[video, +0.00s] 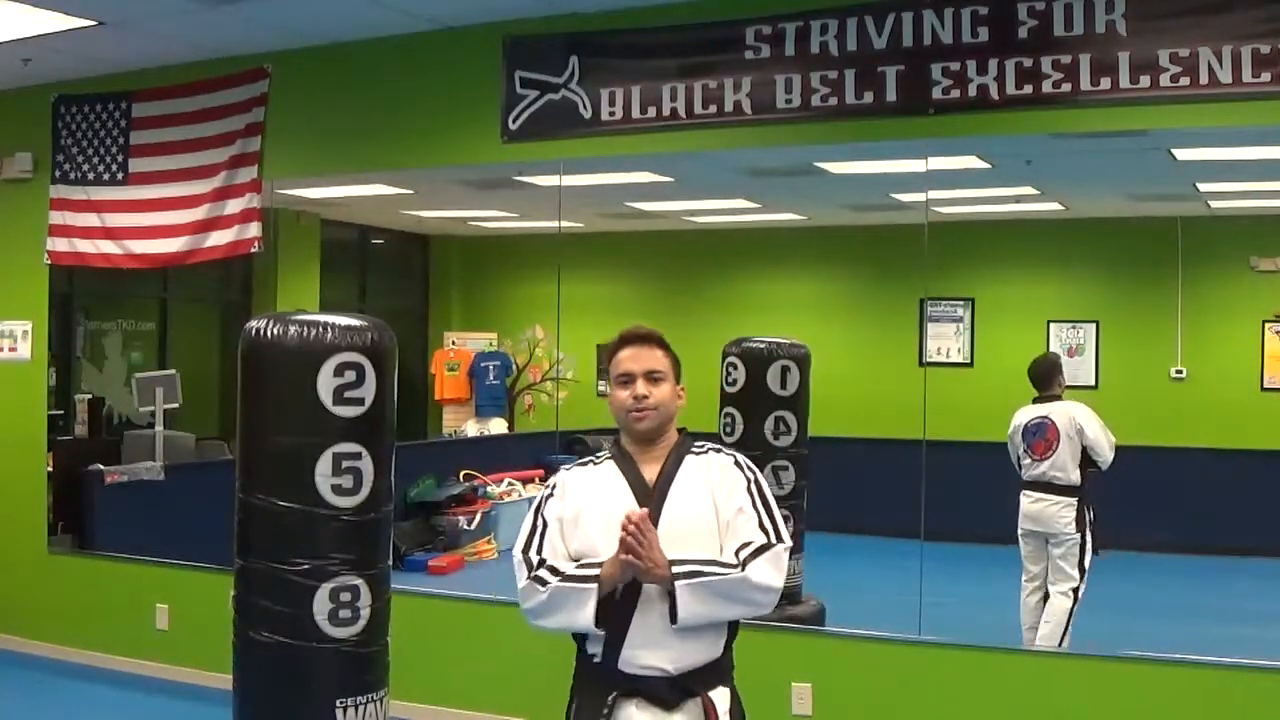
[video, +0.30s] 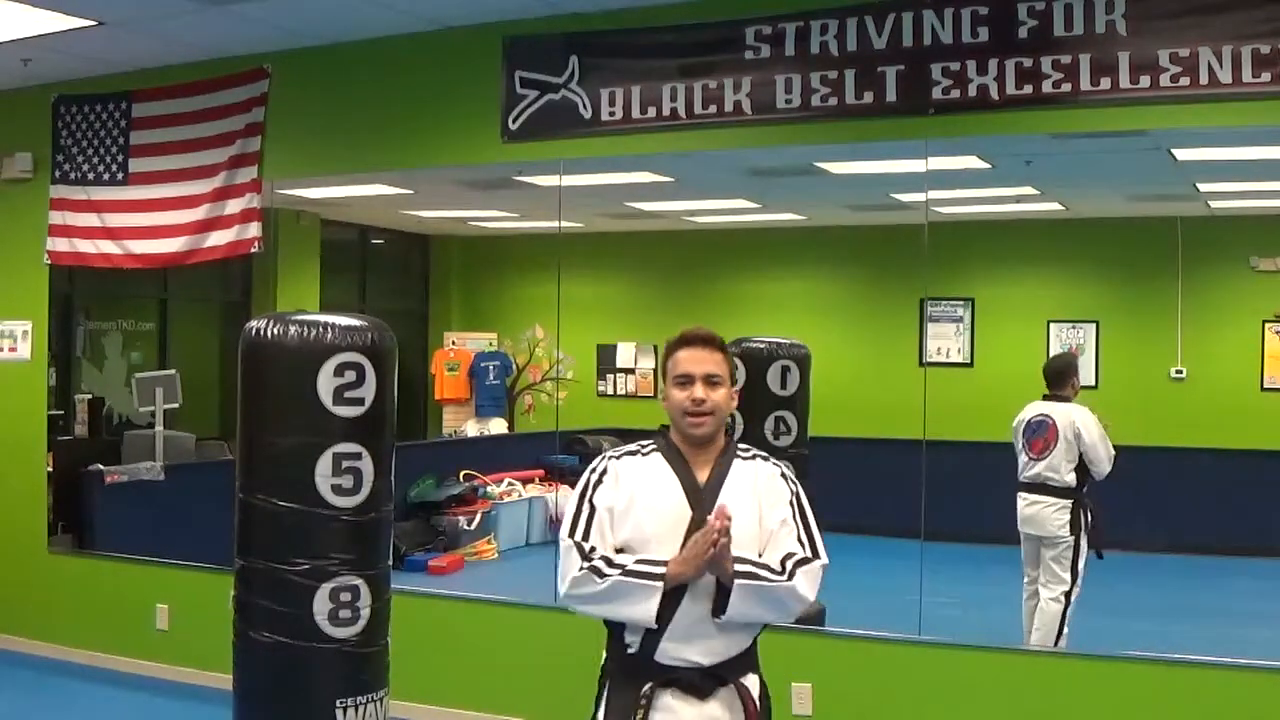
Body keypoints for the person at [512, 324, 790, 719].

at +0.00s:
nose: (640, 392)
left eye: (655, 379)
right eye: (625, 381)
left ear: (679, 394)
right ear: (609, 396)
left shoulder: (730, 474)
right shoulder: (569, 485)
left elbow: (764, 581)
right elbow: (535, 592)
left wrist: (669, 573)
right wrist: (611, 572)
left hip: (702, 698)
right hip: (604, 697)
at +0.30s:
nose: (698, 396)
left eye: (712, 383)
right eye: (683, 383)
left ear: (733, 397)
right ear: (663, 395)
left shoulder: (772, 479)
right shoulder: (613, 473)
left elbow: (801, 587)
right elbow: (577, 575)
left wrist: (731, 571)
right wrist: (672, 571)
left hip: (733, 695)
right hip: (637, 692)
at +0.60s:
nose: (749, 400)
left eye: (753, 388)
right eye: (731, 387)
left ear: (760, 392)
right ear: (689, 398)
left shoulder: (787, 476)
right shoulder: (630, 472)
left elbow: (817, 580)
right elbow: (599, 578)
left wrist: (739, 561)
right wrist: (687, 555)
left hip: (748, 692)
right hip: (653, 690)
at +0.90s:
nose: (730, 402)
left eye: (738, 387)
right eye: (711, 390)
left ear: (750, 393)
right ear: (680, 403)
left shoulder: (789, 474)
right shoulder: (630, 472)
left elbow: (818, 581)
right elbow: (601, 578)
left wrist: (743, 558)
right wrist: (691, 553)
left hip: (753, 693)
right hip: (659, 693)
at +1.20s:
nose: (676, 411)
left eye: (687, 394)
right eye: (660, 401)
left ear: (716, 396)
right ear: (646, 411)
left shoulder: (774, 476)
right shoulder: (611, 484)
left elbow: (812, 584)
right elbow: (584, 594)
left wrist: (728, 559)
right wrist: (669, 564)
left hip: (744, 699)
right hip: (646, 699)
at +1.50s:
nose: (625, 414)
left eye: (638, 396)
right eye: (609, 404)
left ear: (670, 396)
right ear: (598, 412)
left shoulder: (733, 467)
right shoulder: (569, 488)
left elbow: (776, 580)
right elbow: (542, 603)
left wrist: (675, 567)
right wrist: (622, 579)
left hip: (710, 698)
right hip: (608, 699)